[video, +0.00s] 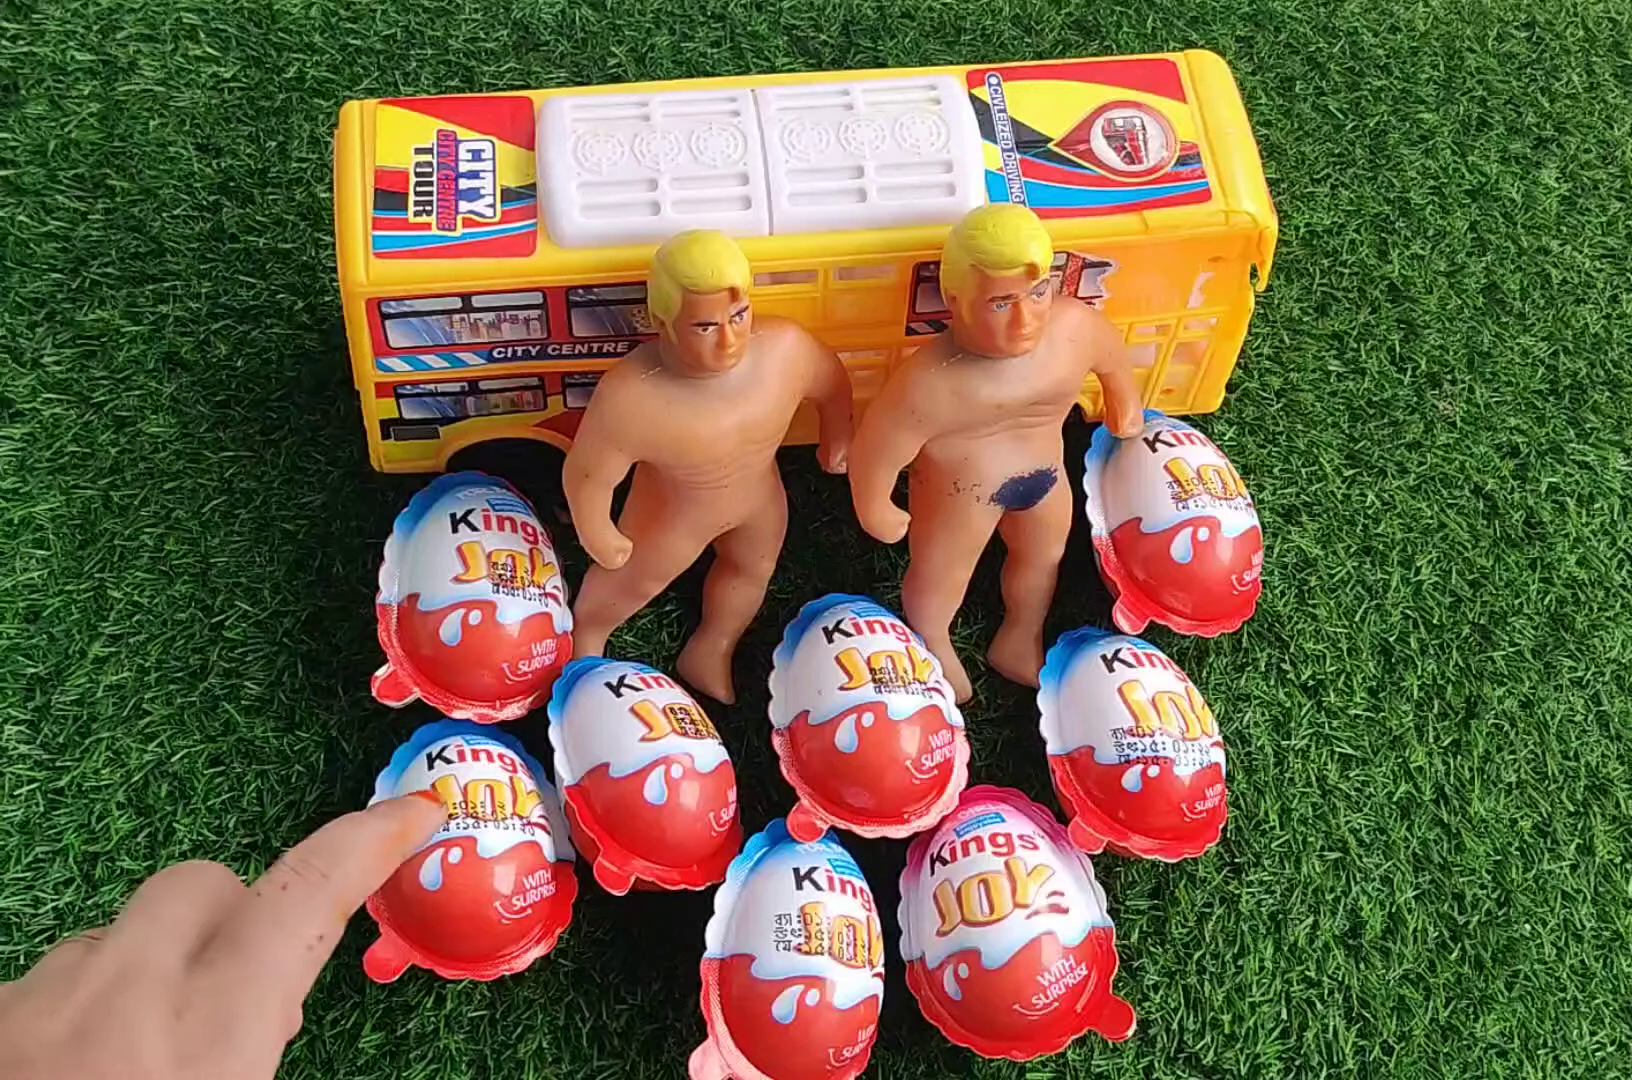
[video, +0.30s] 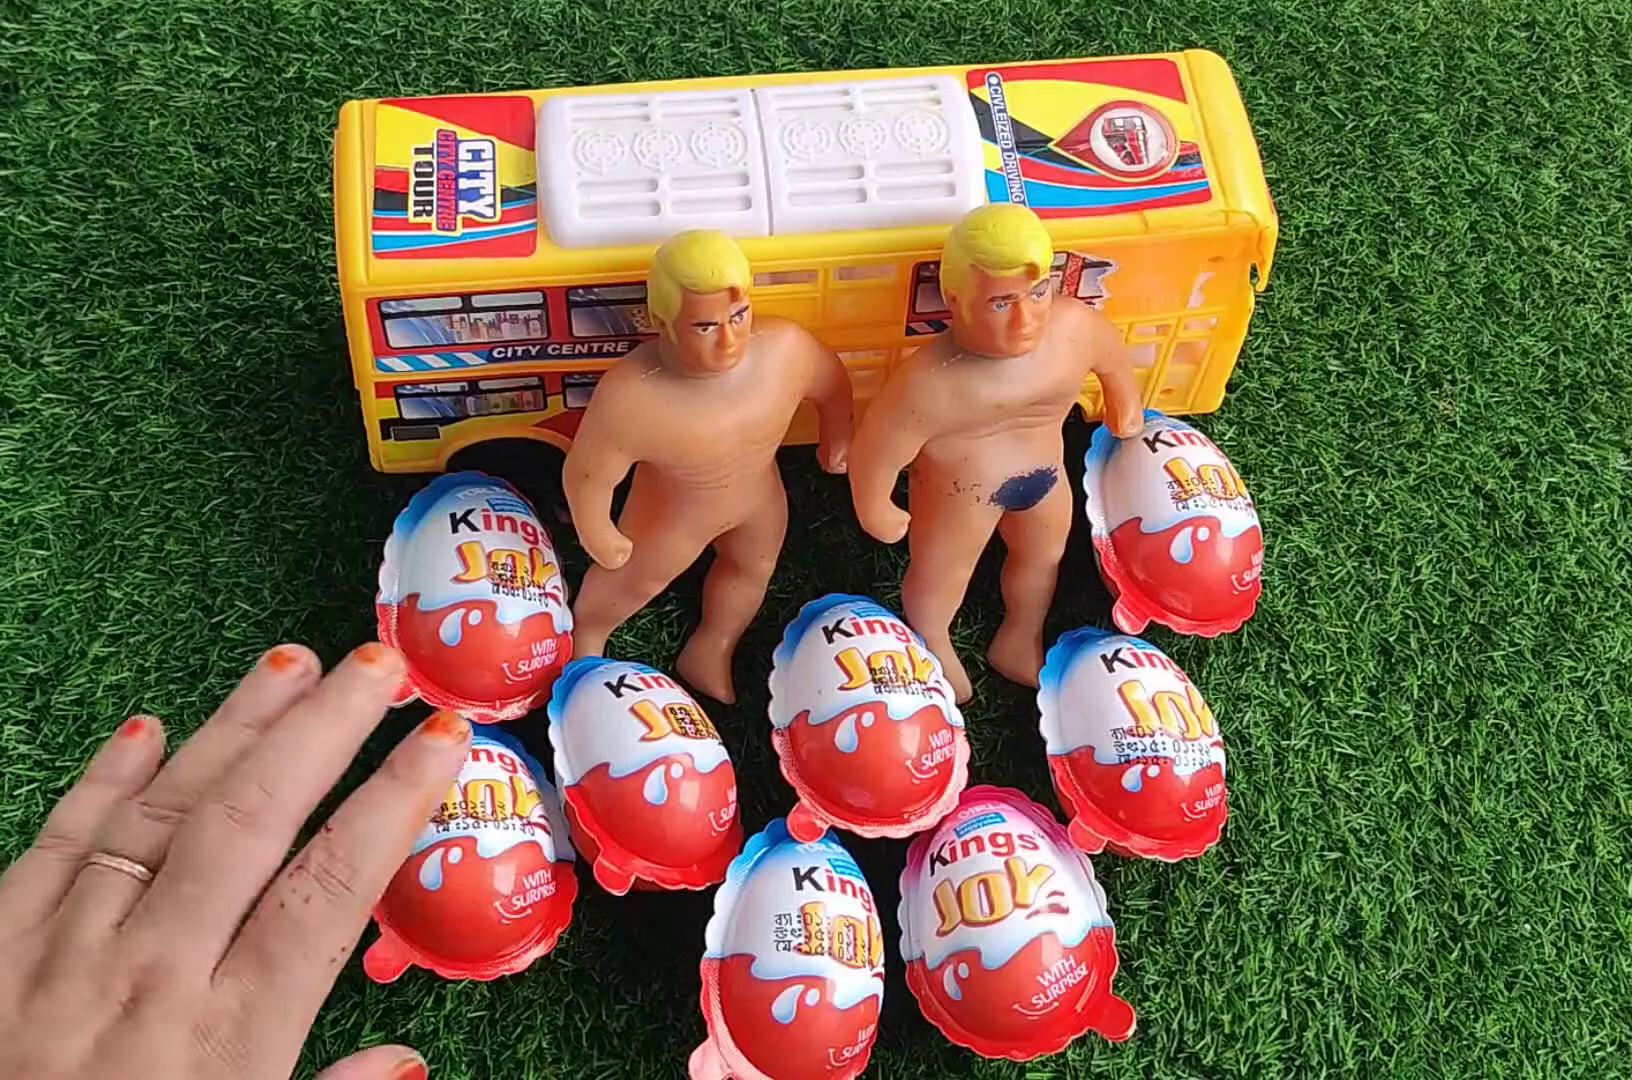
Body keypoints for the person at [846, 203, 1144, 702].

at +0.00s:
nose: (1023, 317)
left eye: (1036, 295)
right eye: (1000, 302)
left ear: (1051, 285)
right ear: (953, 304)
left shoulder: (1078, 327)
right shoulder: (926, 383)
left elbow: (1112, 359)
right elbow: (873, 453)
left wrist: (1126, 407)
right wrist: (877, 514)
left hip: (1045, 478)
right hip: (959, 492)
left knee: (1040, 565)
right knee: (939, 581)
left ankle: (1020, 644)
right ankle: (933, 647)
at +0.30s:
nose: (1024, 317)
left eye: (1037, 295)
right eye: (1000, 302)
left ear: (1051, 285)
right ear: (953, 304)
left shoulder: (1077, 327)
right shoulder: (926, 383)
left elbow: (1112, 358)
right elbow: (873, 453)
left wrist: (1126, 408)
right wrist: (878, 515)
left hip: (1045, 480)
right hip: (958, 495)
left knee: (1040, 563)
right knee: (939, 581)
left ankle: (1020, 643)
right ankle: (933, 645)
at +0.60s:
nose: (1024, 316)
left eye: (1037, 295)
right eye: (1000, 302)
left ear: (1051, 285)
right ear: (953, 304)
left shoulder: (1077, 327)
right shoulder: (926, 383)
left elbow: (1113, 358)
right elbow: (873, 453)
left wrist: (1126, 408)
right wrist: (878, 514)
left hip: (1045, 480)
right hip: (958, 495)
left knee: (1040, 564)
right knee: (939, 581)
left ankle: (1020, 643)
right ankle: (933, 645)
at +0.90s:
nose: (1023, 317)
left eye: (1036, 294)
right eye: (1000, 302)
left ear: (1052, 285)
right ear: (953, 304)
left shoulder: (1078, 327)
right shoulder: (927, 383)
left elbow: (1114, 360)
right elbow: (873, 453)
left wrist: (1126, 407)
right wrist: (878, 514)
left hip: (1045, 478)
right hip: (958, 493)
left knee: (1040, 563)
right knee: (940, 580)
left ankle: (1019, 643)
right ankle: (933, 647)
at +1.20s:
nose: (1024, 316)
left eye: (1037, 294)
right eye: (1000, 302)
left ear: (1051, 285)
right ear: (953, 304)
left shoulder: (1077, 327)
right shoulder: (927, 382)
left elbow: (1113, 358)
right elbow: (873, 453)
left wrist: (1126, 406)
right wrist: (878, 514)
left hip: (1045, 478)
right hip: (959, 493)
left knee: (1040, 562)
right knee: (940, 580)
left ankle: (1020, 643)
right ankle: (933, 646)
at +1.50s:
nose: (1024, 316)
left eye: (1037, 294)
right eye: (1000, 302)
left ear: (1051, 284)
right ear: (954, 304)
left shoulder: (1078, 327)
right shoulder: (927, 382)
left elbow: (1113, 358)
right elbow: (874, 452)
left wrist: (1126, 406)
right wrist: (877, 514)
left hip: (1045, 477)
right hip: (959, 493)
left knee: (1041, 561)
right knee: (940, 580)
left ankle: (1020, 642)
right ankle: (933, 645)